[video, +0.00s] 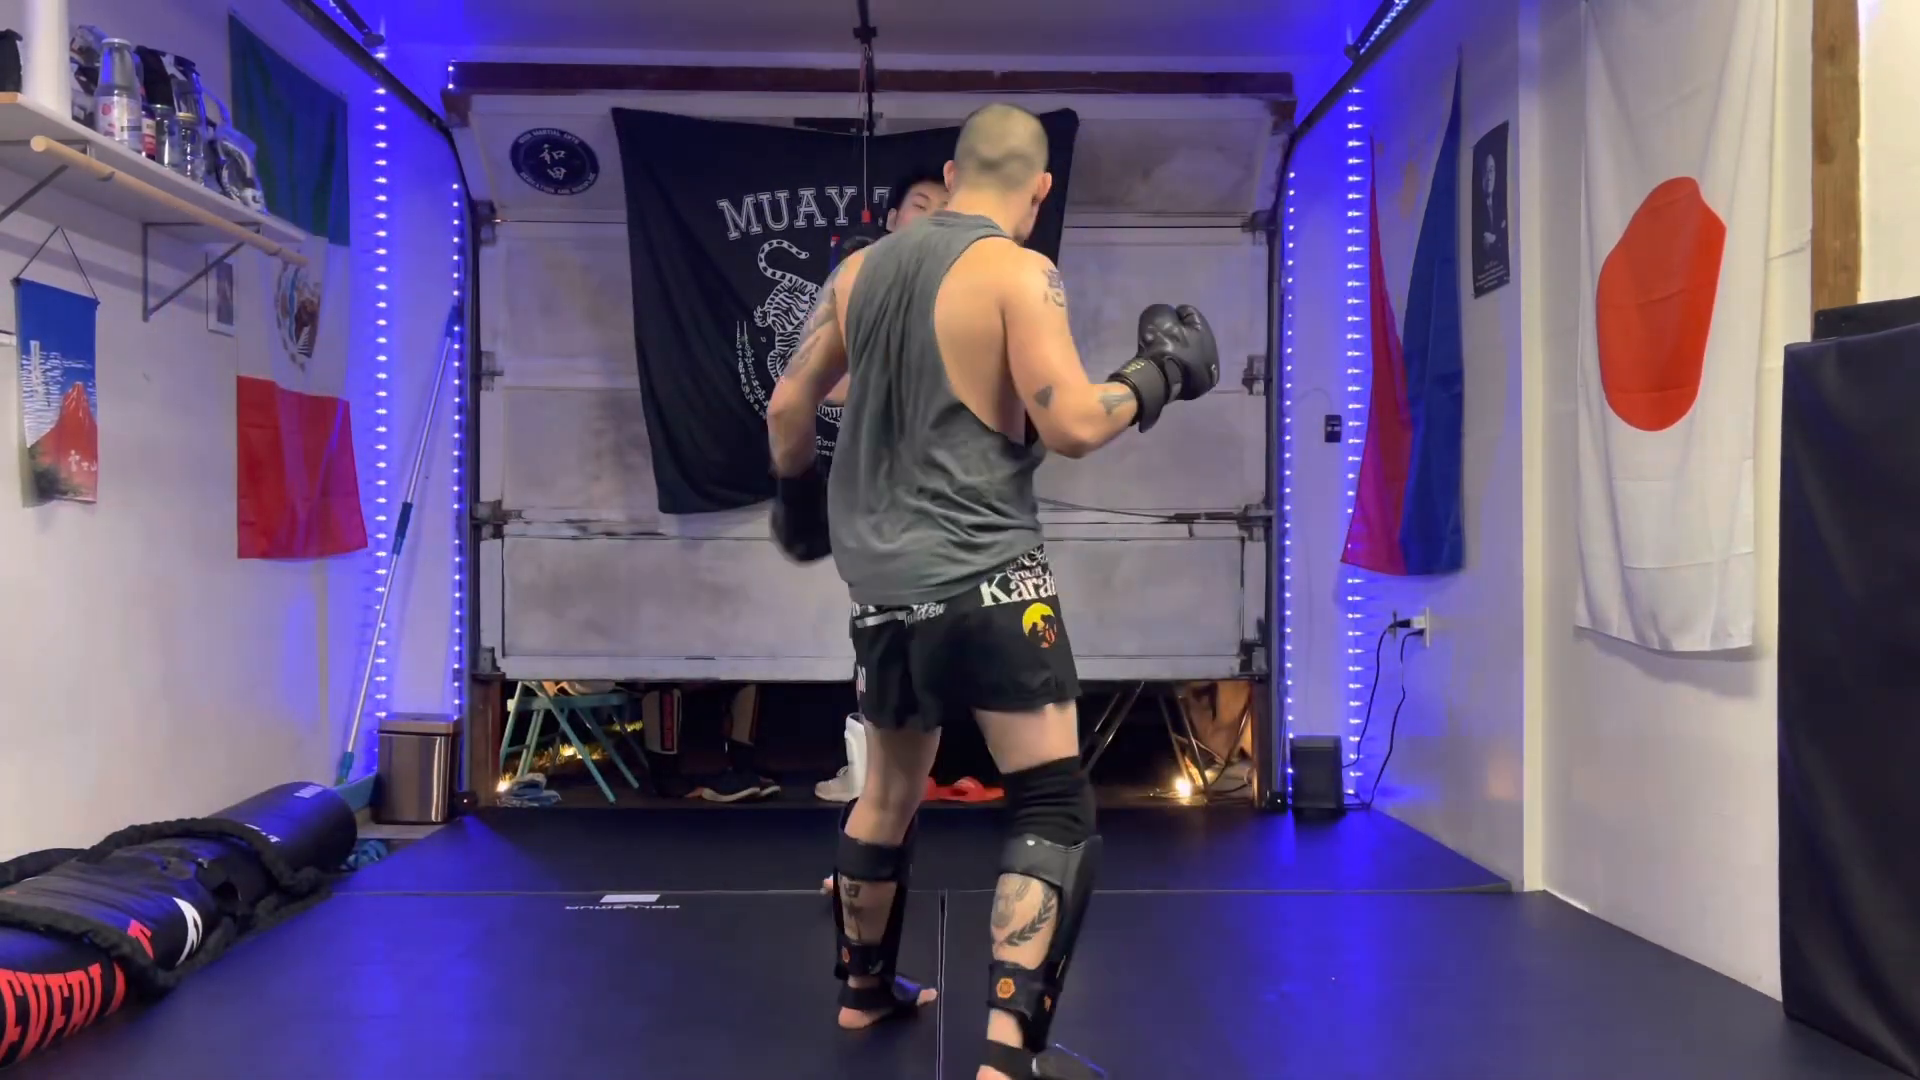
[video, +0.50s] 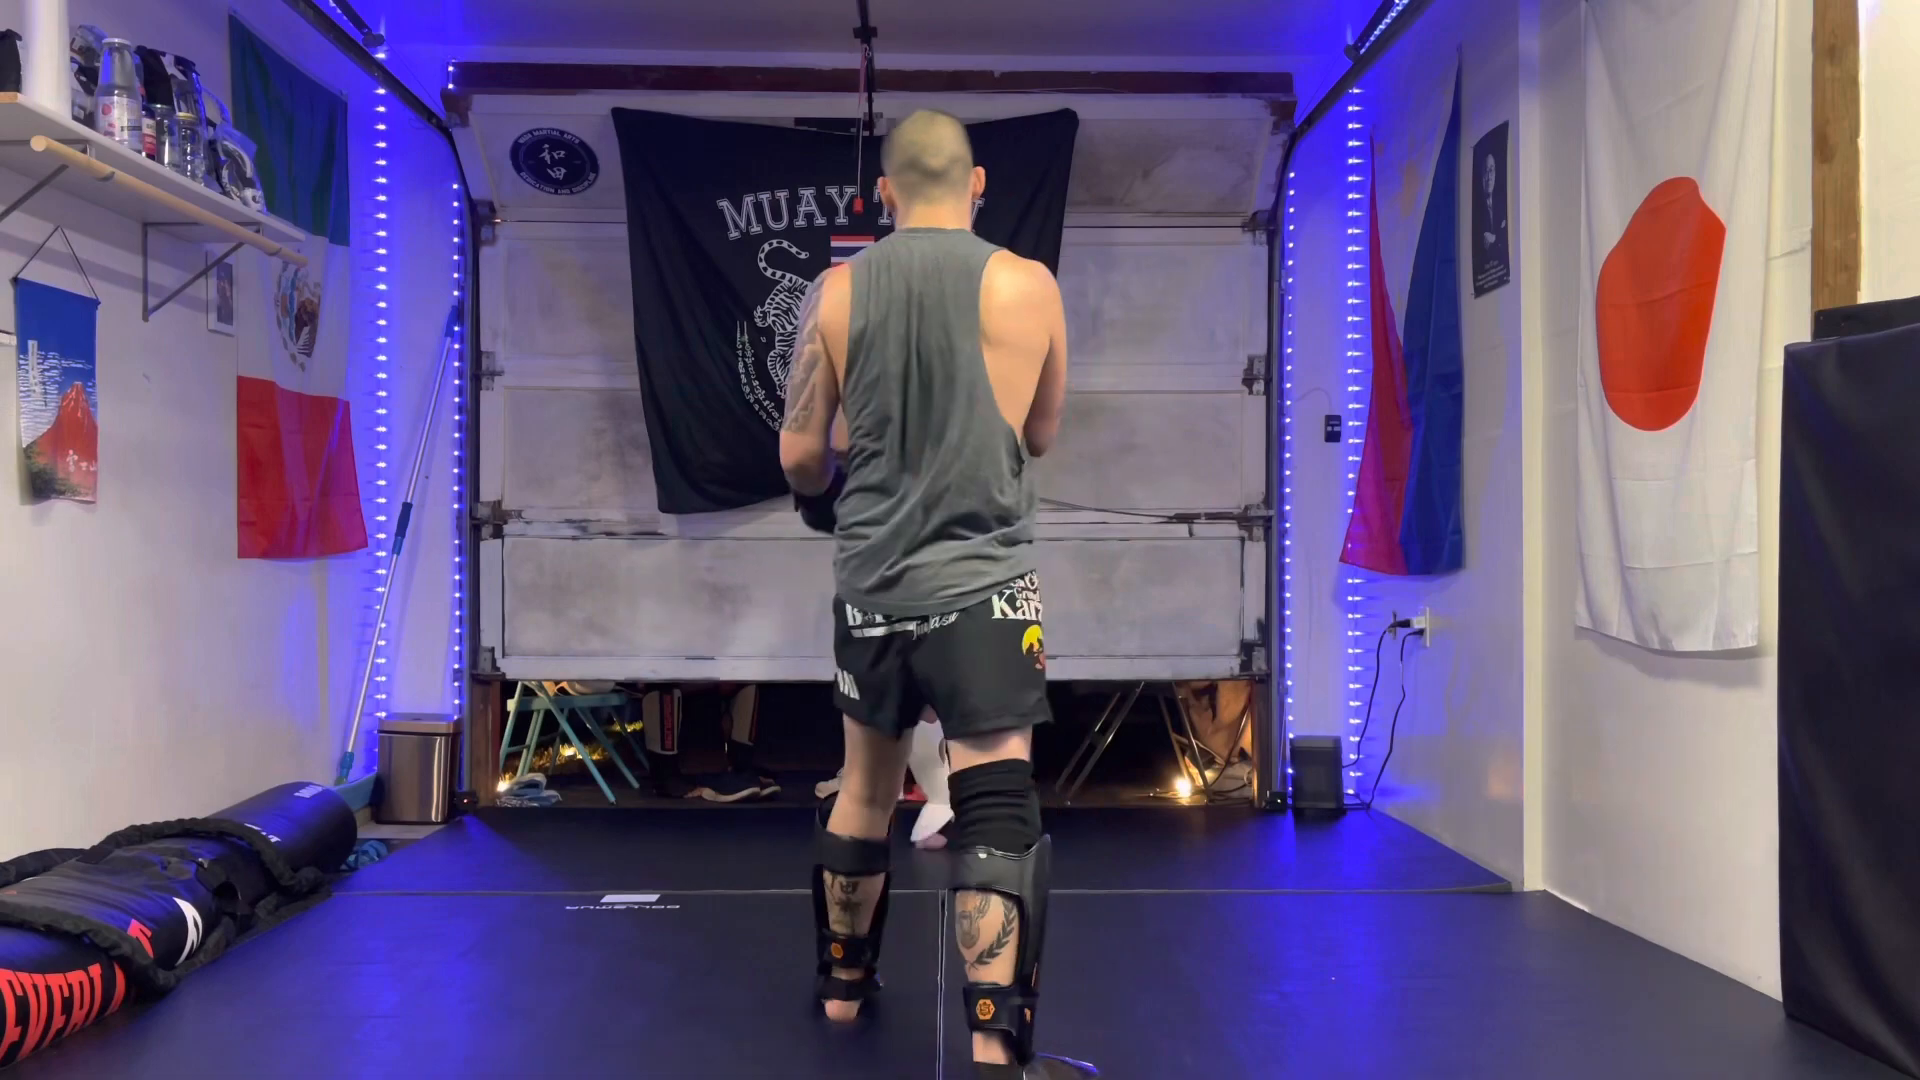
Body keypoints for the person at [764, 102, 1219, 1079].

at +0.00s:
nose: (1043, 205)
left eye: (1039, 193)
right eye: (1047, 193)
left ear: (950, 175)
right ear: (1038, 190)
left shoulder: (861, 269)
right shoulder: (1019, 274)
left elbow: (790, 403)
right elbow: (1071, 424)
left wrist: (796, 488)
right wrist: (1159, 373)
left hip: (879, 593)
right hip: (991, 583)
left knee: (887, 789)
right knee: (1052, 808)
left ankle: (862, 990)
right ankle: (1009, 1046)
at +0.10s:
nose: (1040, 197)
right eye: (1043, 185)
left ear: (943, 178)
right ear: (1037, 184)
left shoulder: (861, 278)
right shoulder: (1040, 279)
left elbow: (797, 417)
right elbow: (1113, 430)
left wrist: (803, 541)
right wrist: (1153, 381)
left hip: (888, 594)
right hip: (1003, 591)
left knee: (897, 786)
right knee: (1039, 827)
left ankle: (863, 988)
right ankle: (1002, 1052)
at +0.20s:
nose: (1039, 191)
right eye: (1042, 180)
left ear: (937, 179)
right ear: (1033, 179)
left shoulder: (858, 274)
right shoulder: (1056, 275)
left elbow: (811, 410)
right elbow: (1120, 428)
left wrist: (817, 526)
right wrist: (1049, 393)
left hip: (895, 591)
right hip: (1012, 591)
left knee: (901, 769)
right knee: (1039, 824)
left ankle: (866, 970)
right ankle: (1003, 1048)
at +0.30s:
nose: (1020, 180)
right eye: (1027, 166)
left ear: (927, 169)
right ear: (1023, 168)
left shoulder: (861, 267)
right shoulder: (1061, 269)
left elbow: (805, 409)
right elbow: (1080, 417)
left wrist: (811, 527)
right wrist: (1007, 360)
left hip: (896, 577)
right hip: (1010, 575)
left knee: (891, 760)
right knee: (1020, 810)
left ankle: (856, 965)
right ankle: (1000, 1049)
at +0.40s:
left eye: (912, 173)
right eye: (1003, 165)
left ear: (910, 177)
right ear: (1006, 170)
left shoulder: (856, 275)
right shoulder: (1055, 272)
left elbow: (800, 425)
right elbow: (1054, 418)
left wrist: (810, 521)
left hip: (886, 584)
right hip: (1000, 581)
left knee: (879, 773)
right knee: (1006, 811)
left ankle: (845, 983)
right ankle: (996, 1051)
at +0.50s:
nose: (971, 193)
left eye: (893, 183)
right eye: (974, 179)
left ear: (884, 191)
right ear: (977, 185)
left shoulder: (840, 291)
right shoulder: (1031, 287)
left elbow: (802, 455)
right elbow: (1041, 432)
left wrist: (830, 486)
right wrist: (957, 421)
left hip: (872, 593)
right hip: (984, 589)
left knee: (866, 779)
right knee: (994, 789)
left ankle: (843, 992)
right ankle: (995, 1041)